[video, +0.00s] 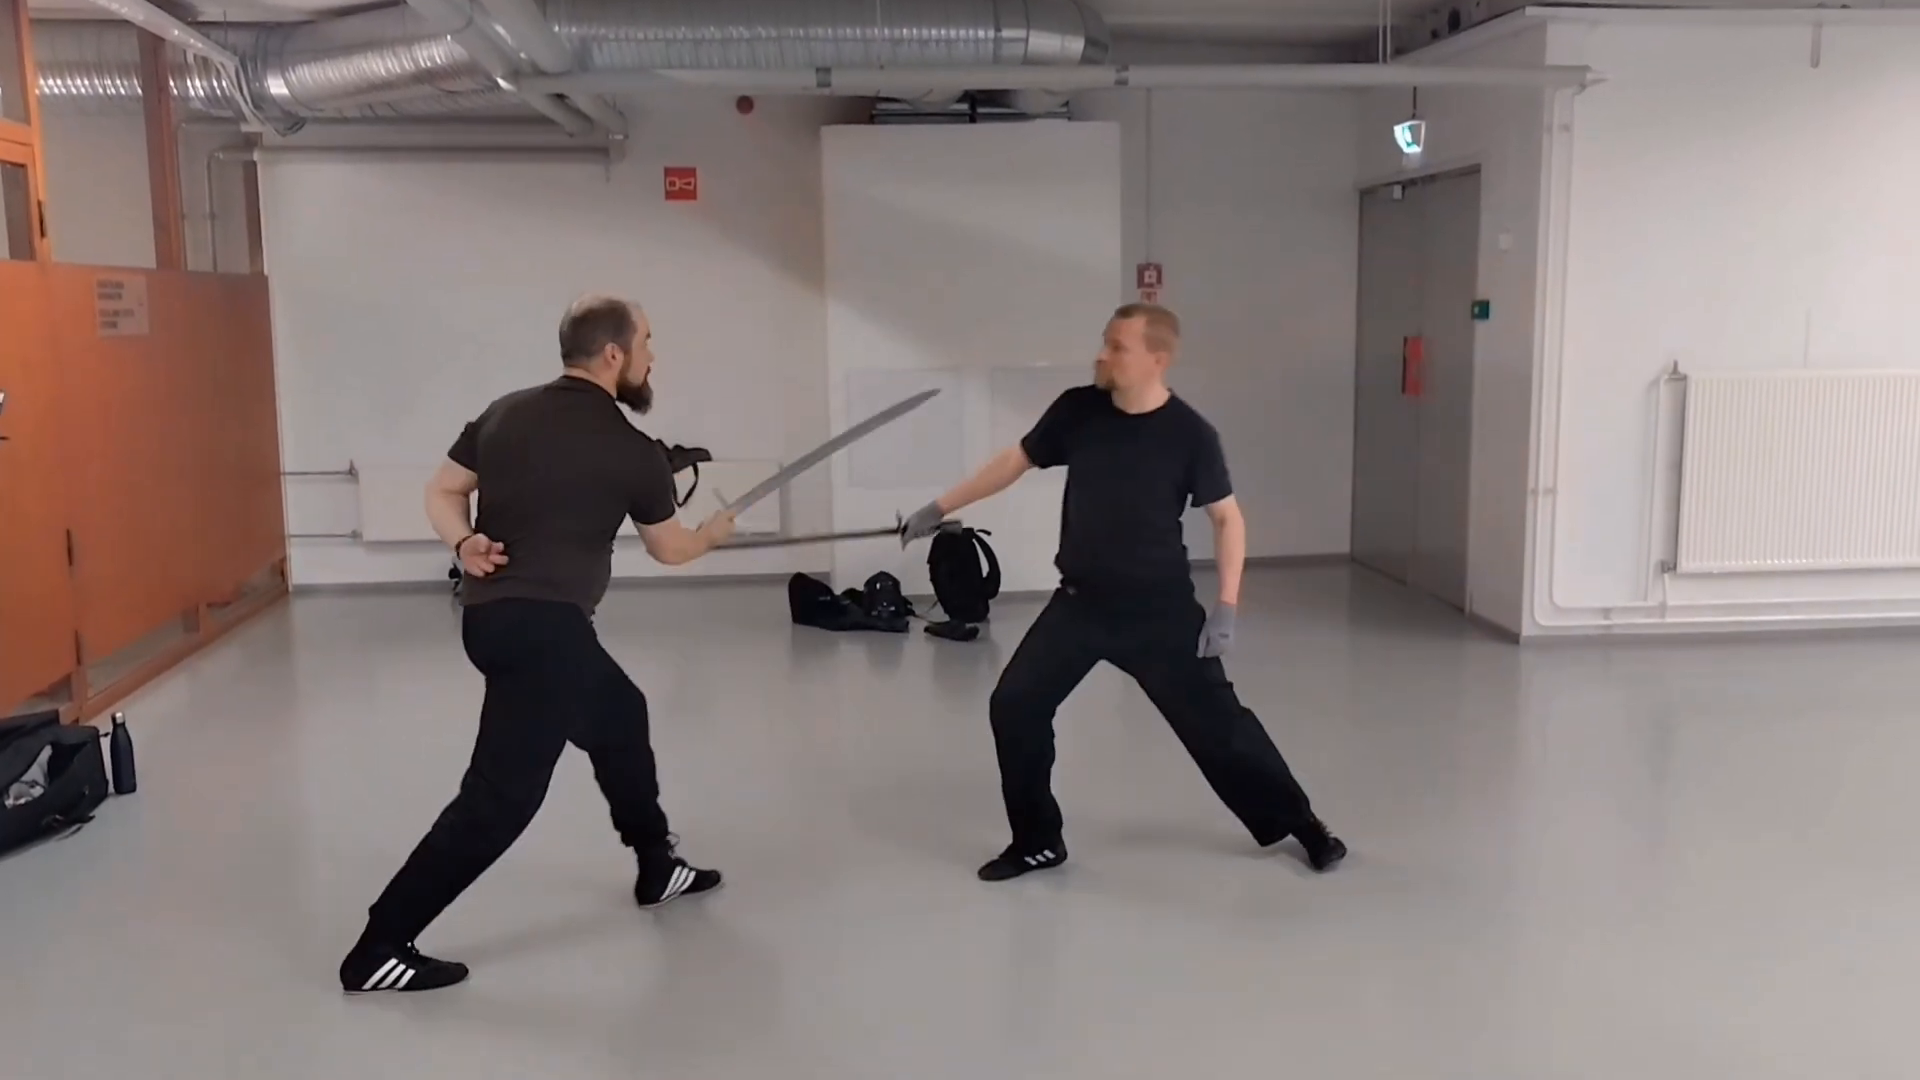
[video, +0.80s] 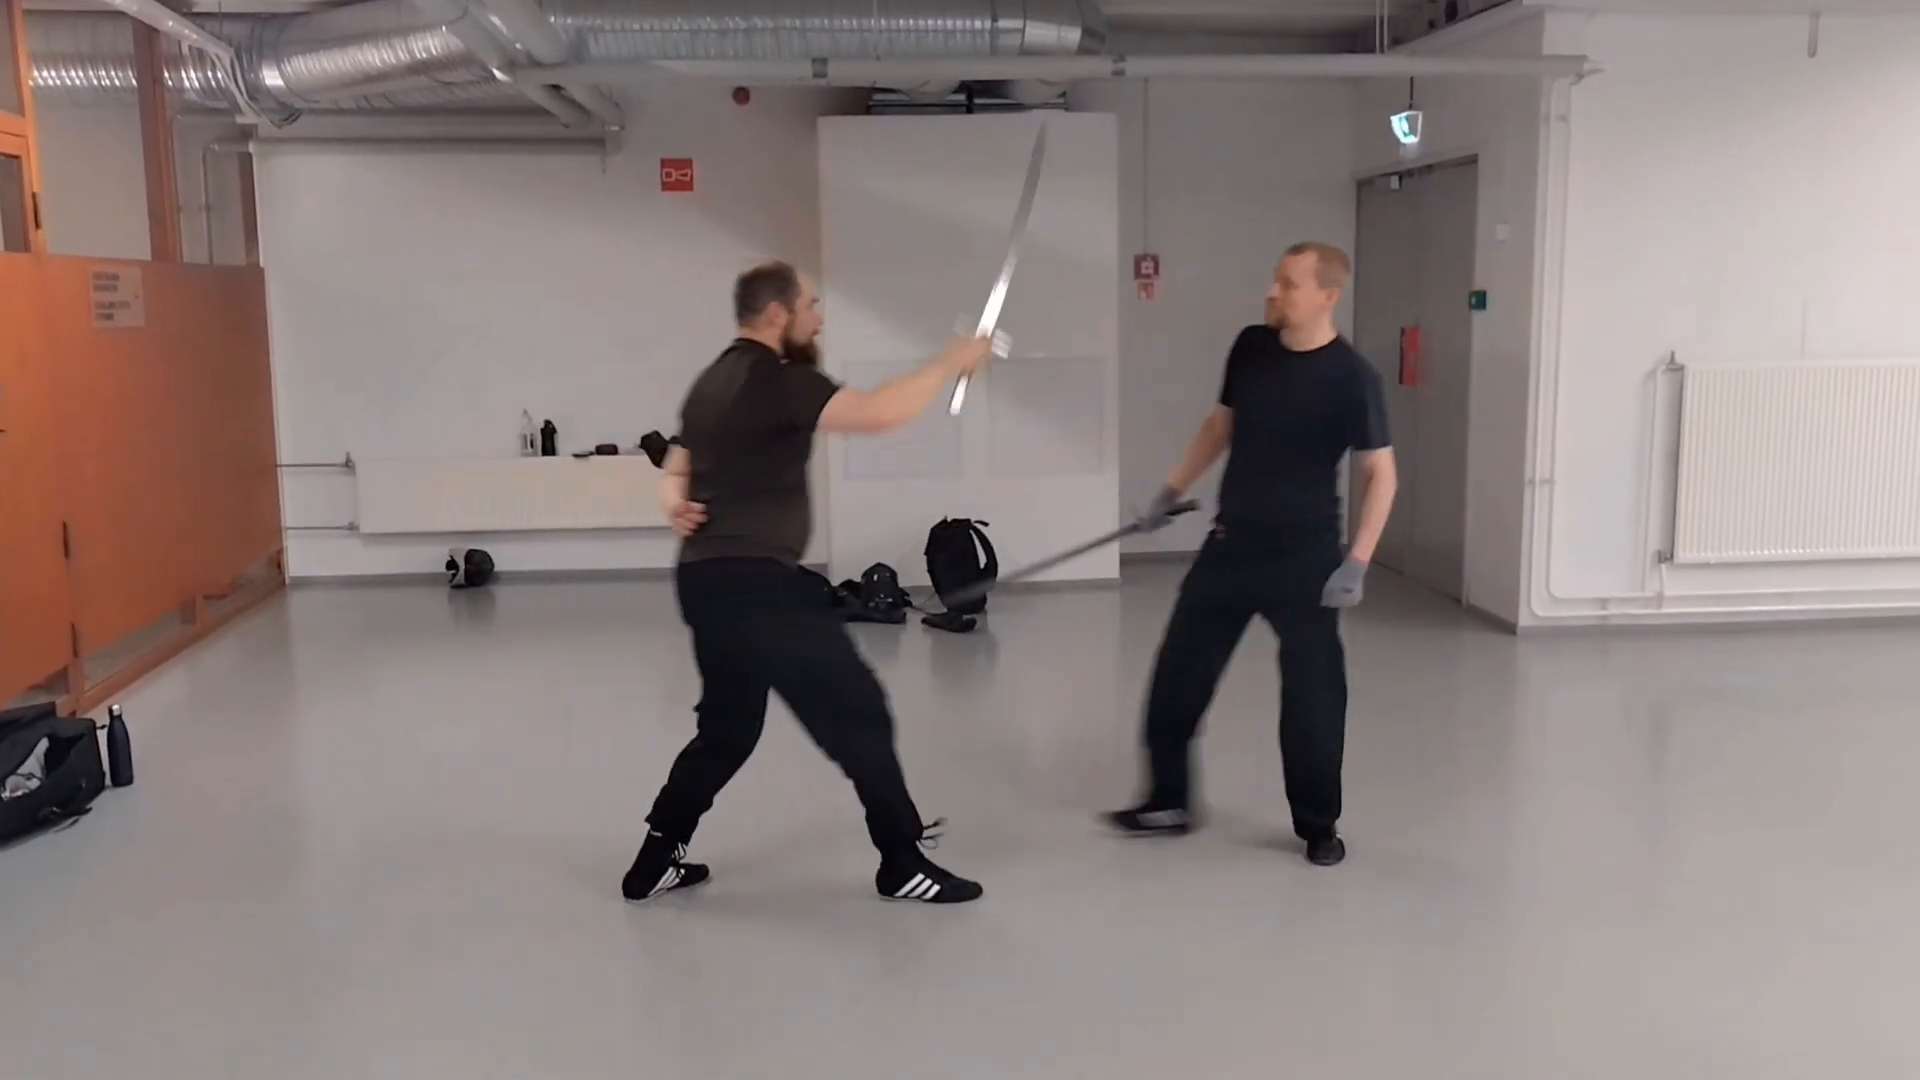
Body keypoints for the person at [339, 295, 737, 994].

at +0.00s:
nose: (651, 358)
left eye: (650, 344)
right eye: (646, 346)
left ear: (574, 355)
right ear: (614, 355)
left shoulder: (506, 414)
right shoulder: (630, 447)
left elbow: (444, 490)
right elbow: (670, 548)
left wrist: (462, 541)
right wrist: (714, 533)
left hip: (490, 617)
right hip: (548, 623)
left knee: (620, 713)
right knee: (498, 800)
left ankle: (656, 865)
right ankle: (377, 952)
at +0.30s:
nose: (709, 354)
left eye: (707, 341)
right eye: (703, 342)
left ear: (636, 349)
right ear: (673, 350)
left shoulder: (572, 406)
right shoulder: (684, 438)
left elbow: (503, 480)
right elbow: (741, 525)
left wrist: (518, 528)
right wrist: (796, 501)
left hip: (546, 597)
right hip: (593, 606)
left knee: (657, 707)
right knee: (559, 768)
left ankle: (649, 867)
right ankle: (409, 912)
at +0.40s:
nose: (732, 348)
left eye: (729, 335)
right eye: (724, 336)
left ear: (668, 347)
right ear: (694, 345)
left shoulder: (599, 402)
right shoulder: (705, 431)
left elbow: (532, 480)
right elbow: (761, 525)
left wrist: (548, 524)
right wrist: (816, 504)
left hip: (574, 590)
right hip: (621, 597)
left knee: (676, 711)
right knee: (649, 756)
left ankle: (650, 867)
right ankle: (495, 883)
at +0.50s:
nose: (751, 342)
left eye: (749, 329)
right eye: (744, 329)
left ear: (686, 338)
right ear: (713, 337)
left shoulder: (623, 397)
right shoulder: (722, 422)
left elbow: (561, 477)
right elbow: (792, 518)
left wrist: (573, 512)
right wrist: (845, 493)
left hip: (598, 586)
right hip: (651, 590)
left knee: (681, 728)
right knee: (720, 739)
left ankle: (648, 860)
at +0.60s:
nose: (771, 331)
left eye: (768, 317)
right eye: (763, 318)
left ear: (709, 328)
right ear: (730, 326)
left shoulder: (645, 390)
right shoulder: (736, 405)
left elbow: (595, 474)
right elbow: (826, 496)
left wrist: (603, 507)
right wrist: (884, 470)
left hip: (629, 579)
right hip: (686, 581)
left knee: (697, 720)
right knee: (784, 709)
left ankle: (653, 865)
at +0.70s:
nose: (790, 323)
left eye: (789, 310)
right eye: (783, 310)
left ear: (724, 318)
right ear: (749, 317)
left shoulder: (672, 385)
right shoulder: (754, 388)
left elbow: (635, 470)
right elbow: (852, 455)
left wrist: (636, 503)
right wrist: (929, 422)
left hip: (665, 577)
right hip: (721, 578)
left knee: (710, 724)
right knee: (821, 706)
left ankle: (652, 865)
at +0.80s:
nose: (819, 320)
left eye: (817, 306)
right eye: (811, 308)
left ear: (753, 318)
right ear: (776, 315)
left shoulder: (710, 383)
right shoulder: (779, 380)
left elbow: (676, 473)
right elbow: (881, 411)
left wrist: (678, 504)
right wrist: (956, 360)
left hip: (707, 577)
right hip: (763, 576)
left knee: (727, 728)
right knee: (856, 712)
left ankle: (654, 860)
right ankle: (902, 863)